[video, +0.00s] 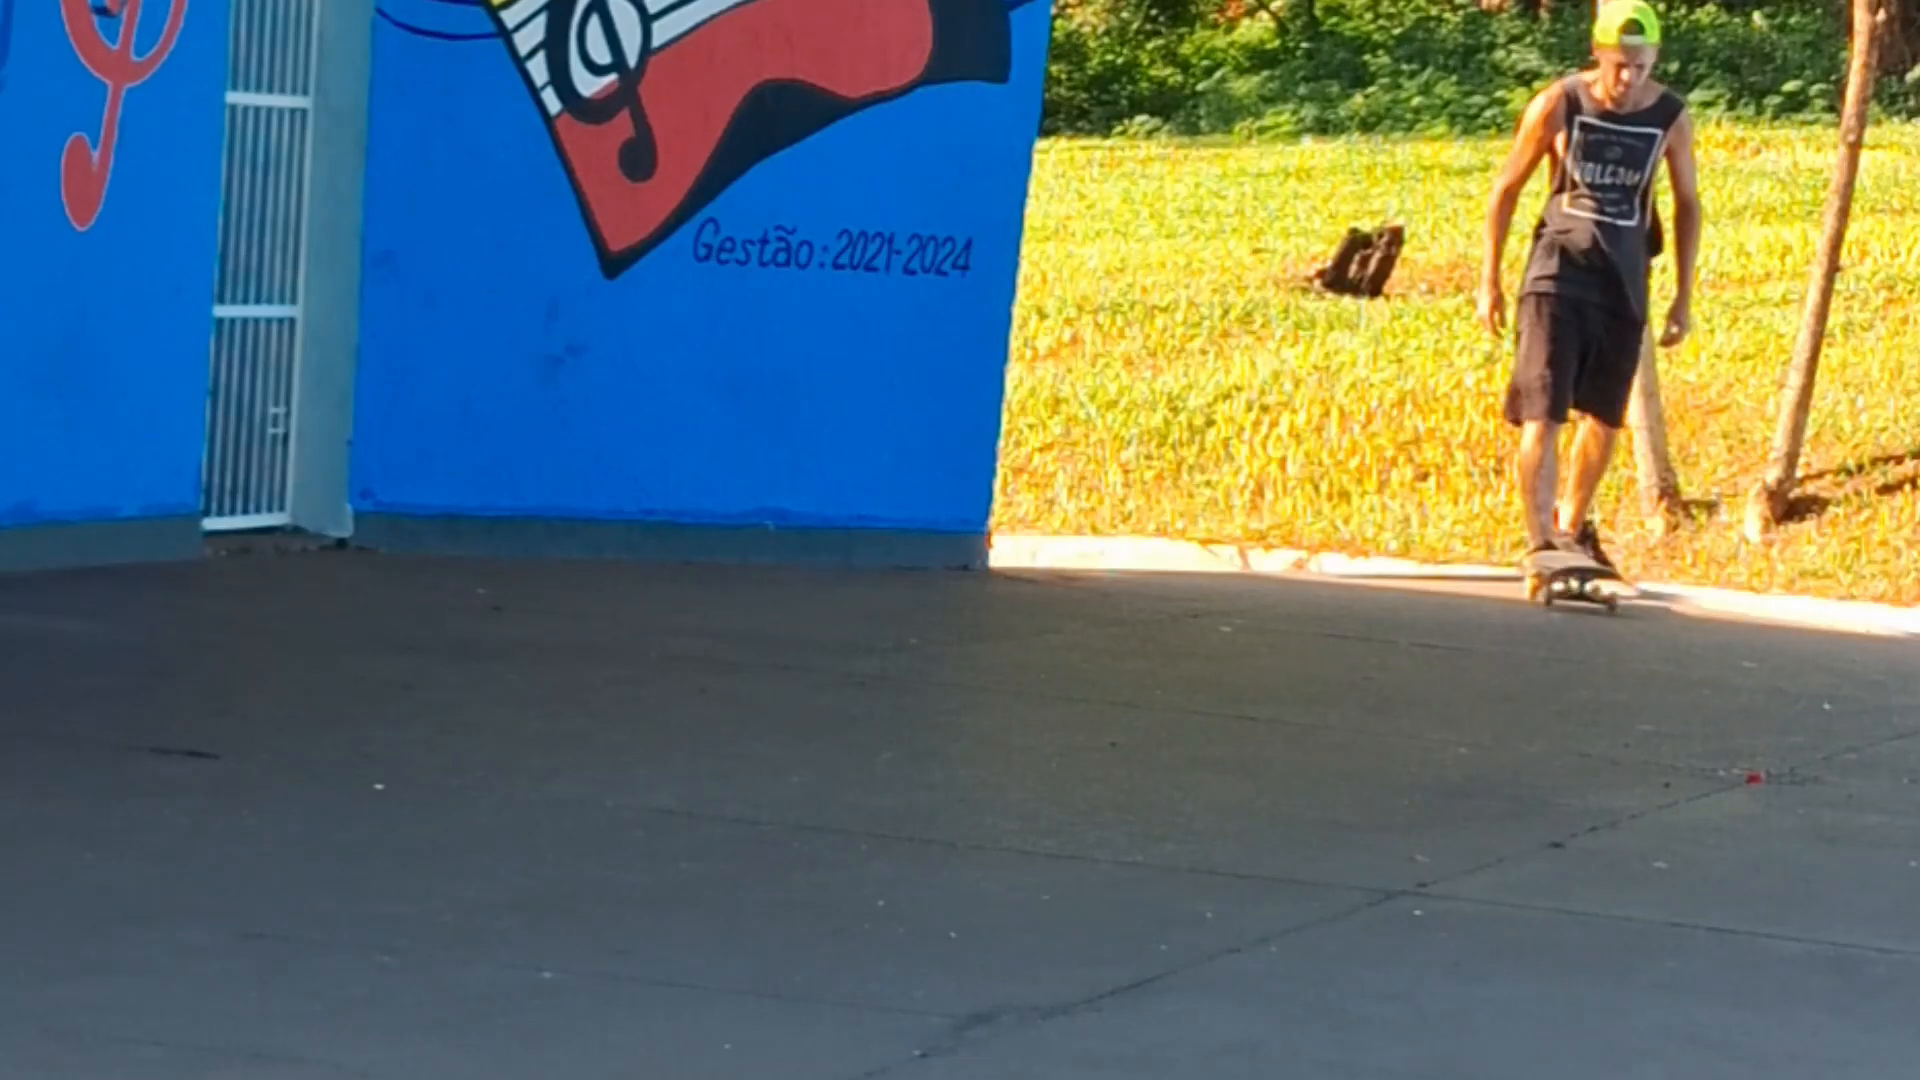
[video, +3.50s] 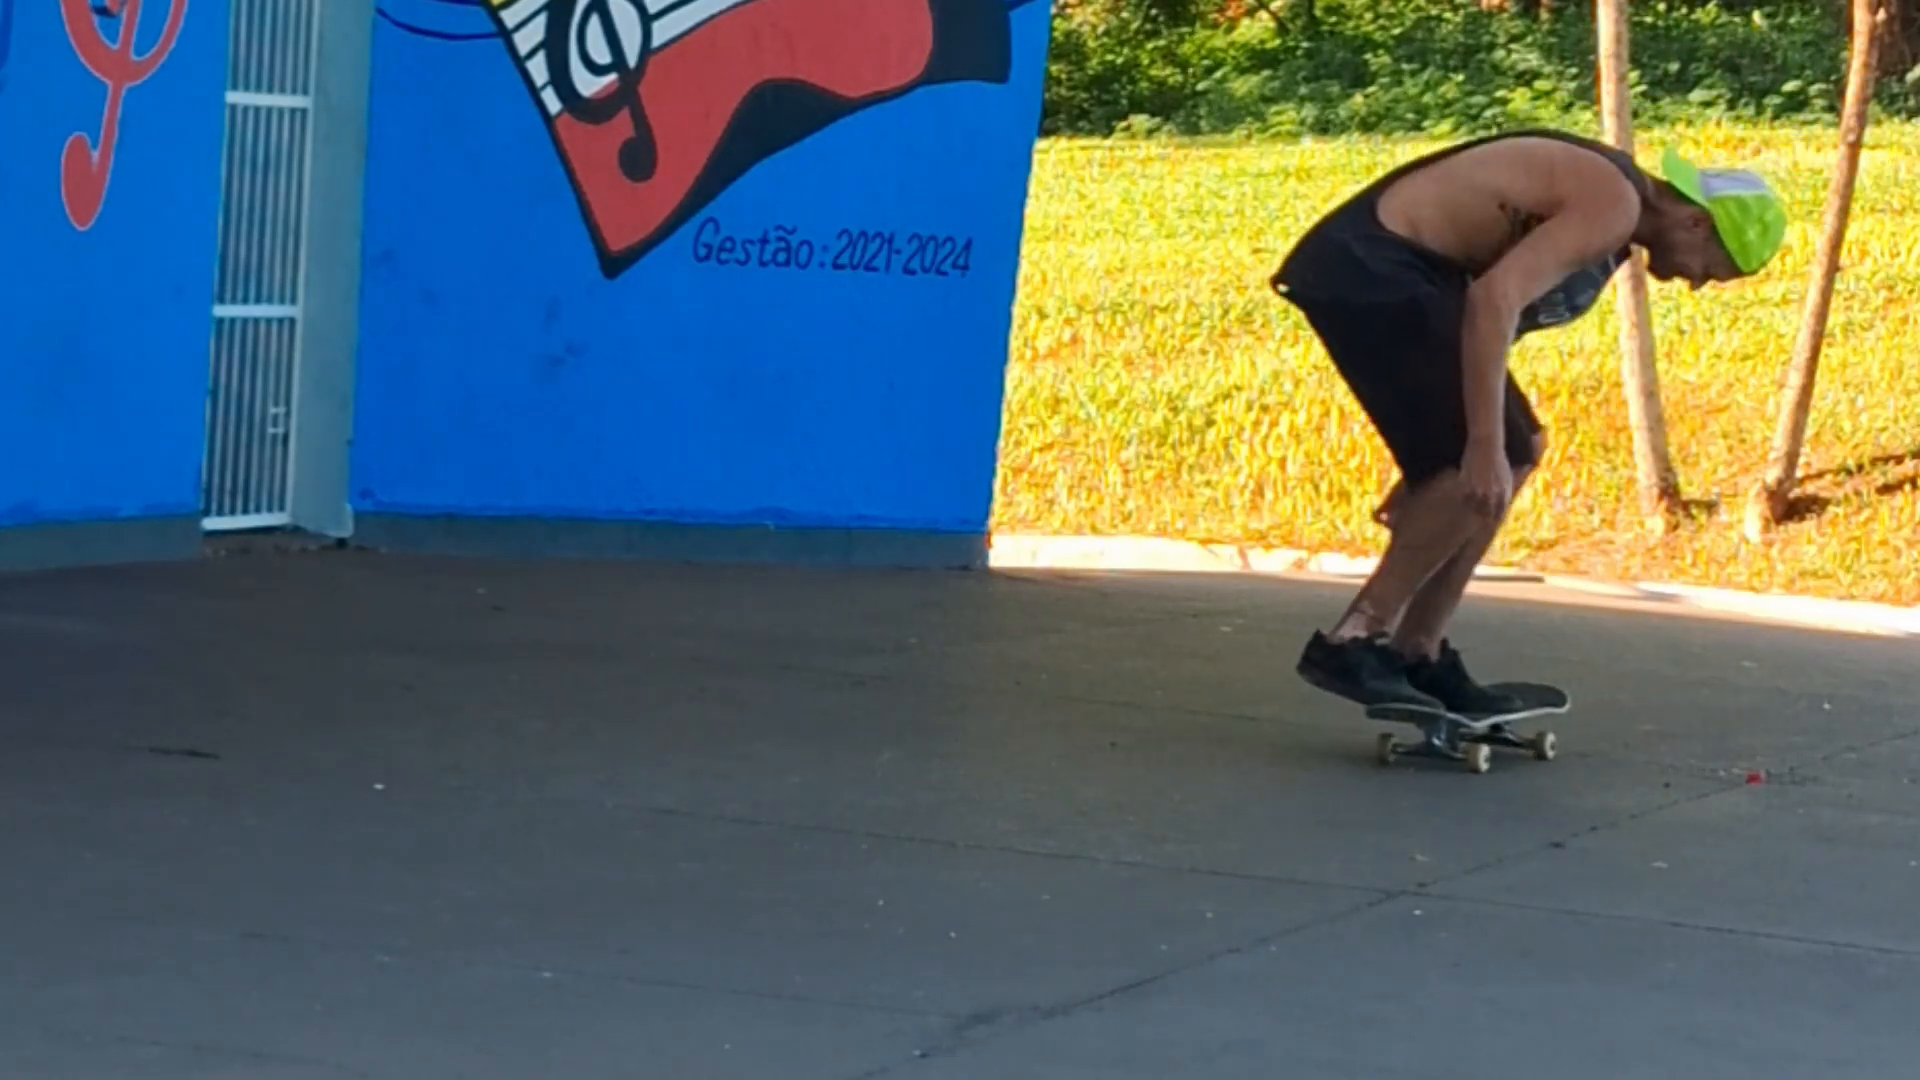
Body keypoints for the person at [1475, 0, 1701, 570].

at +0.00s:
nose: (1628, 77)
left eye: (1639, 66)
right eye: (1618, 64)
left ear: (1653, 60)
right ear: (1596, 53)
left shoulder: (1670, 114)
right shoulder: (1556, 105)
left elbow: (1687, 204)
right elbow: (1506, 189)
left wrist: (1683, 294)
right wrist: (1489, 280)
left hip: (1624, 280)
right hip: (1558, 273)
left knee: (1605, 417)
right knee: (1543, 412)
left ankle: (1575, 528)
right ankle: (1541, 543)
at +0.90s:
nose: (1719, 144)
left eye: (1728, 135)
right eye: (1711, 131)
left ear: (1738, 128)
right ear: (1681, 112)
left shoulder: (1729, 149)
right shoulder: (1616, 134)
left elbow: (1710, 207)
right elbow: (1533, 205)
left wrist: (1694, 297)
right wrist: (1531, 304)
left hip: (1654, 274)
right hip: (1591, 263)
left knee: (1655, 419)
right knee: (1626, 395)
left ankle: (1639, 555)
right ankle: (1597, 553)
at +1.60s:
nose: (1812, 124)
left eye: (1822, 117)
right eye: (1813, 110)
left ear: (1792, 86)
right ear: (1784, 77)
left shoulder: (1748, 122)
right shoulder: (1696, 92)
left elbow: (1658, 181)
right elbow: (1579, 151)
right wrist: (1579, 261)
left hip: (1647, 267)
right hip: (1598, 259)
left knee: (1675, 410)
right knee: (1632, 410)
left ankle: (1620, 572)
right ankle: (1600, 579)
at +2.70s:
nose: (1821, 210)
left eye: (1835, 204)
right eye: (1832, 194)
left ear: (1811, 149)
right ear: (1812, 151)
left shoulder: (1730, 167)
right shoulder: (1717, 143)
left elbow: (1608, 231)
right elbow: (1595, 203)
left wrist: (1600, 331)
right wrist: (1591, 334)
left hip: (1558, 268)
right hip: (1518, 260)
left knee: (1637, 439)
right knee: (1597, 441)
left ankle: (1568, 623)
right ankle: (1543, 632)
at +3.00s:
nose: (1790, 230)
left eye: (1804, 225)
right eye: (1801, 215)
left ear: (1785, 177)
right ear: (1784, 172)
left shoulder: (1700, 185)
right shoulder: (1693, 157)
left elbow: (1572, 249)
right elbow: (1561, 217)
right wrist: (1554, 357)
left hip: (1514, 266)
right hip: (1474, 254)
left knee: (1598, 439)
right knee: (1565, 438)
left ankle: (1521, 633)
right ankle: (1466, 621)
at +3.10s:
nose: (1776, 238)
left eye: (1790, 233)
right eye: (1787, 222)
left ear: (1773, 182)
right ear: (1771, 178)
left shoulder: (1683, 190)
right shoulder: (1679, 161)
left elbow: (1556, 264)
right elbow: (1547, 227)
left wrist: (1481, 398)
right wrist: (1533, 368)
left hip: (1499, 267)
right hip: (1455, 254)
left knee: (1578, 443)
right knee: (1549, 442)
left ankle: (1500, 640)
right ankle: (1448, 629)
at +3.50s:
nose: (1702, 281)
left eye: (1717, 276)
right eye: (1716, 267)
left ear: (1696, 217)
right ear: (1699, 223)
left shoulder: (1614, 210)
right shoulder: (1608, 205)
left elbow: (1490, 308)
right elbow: (1490, 297)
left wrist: (1424, 480)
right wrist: (1482, 449)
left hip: (1405, 275)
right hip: (1364, 270)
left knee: (1518, 445)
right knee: (1478, 469)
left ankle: (1416, 651)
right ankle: (1351, 641)